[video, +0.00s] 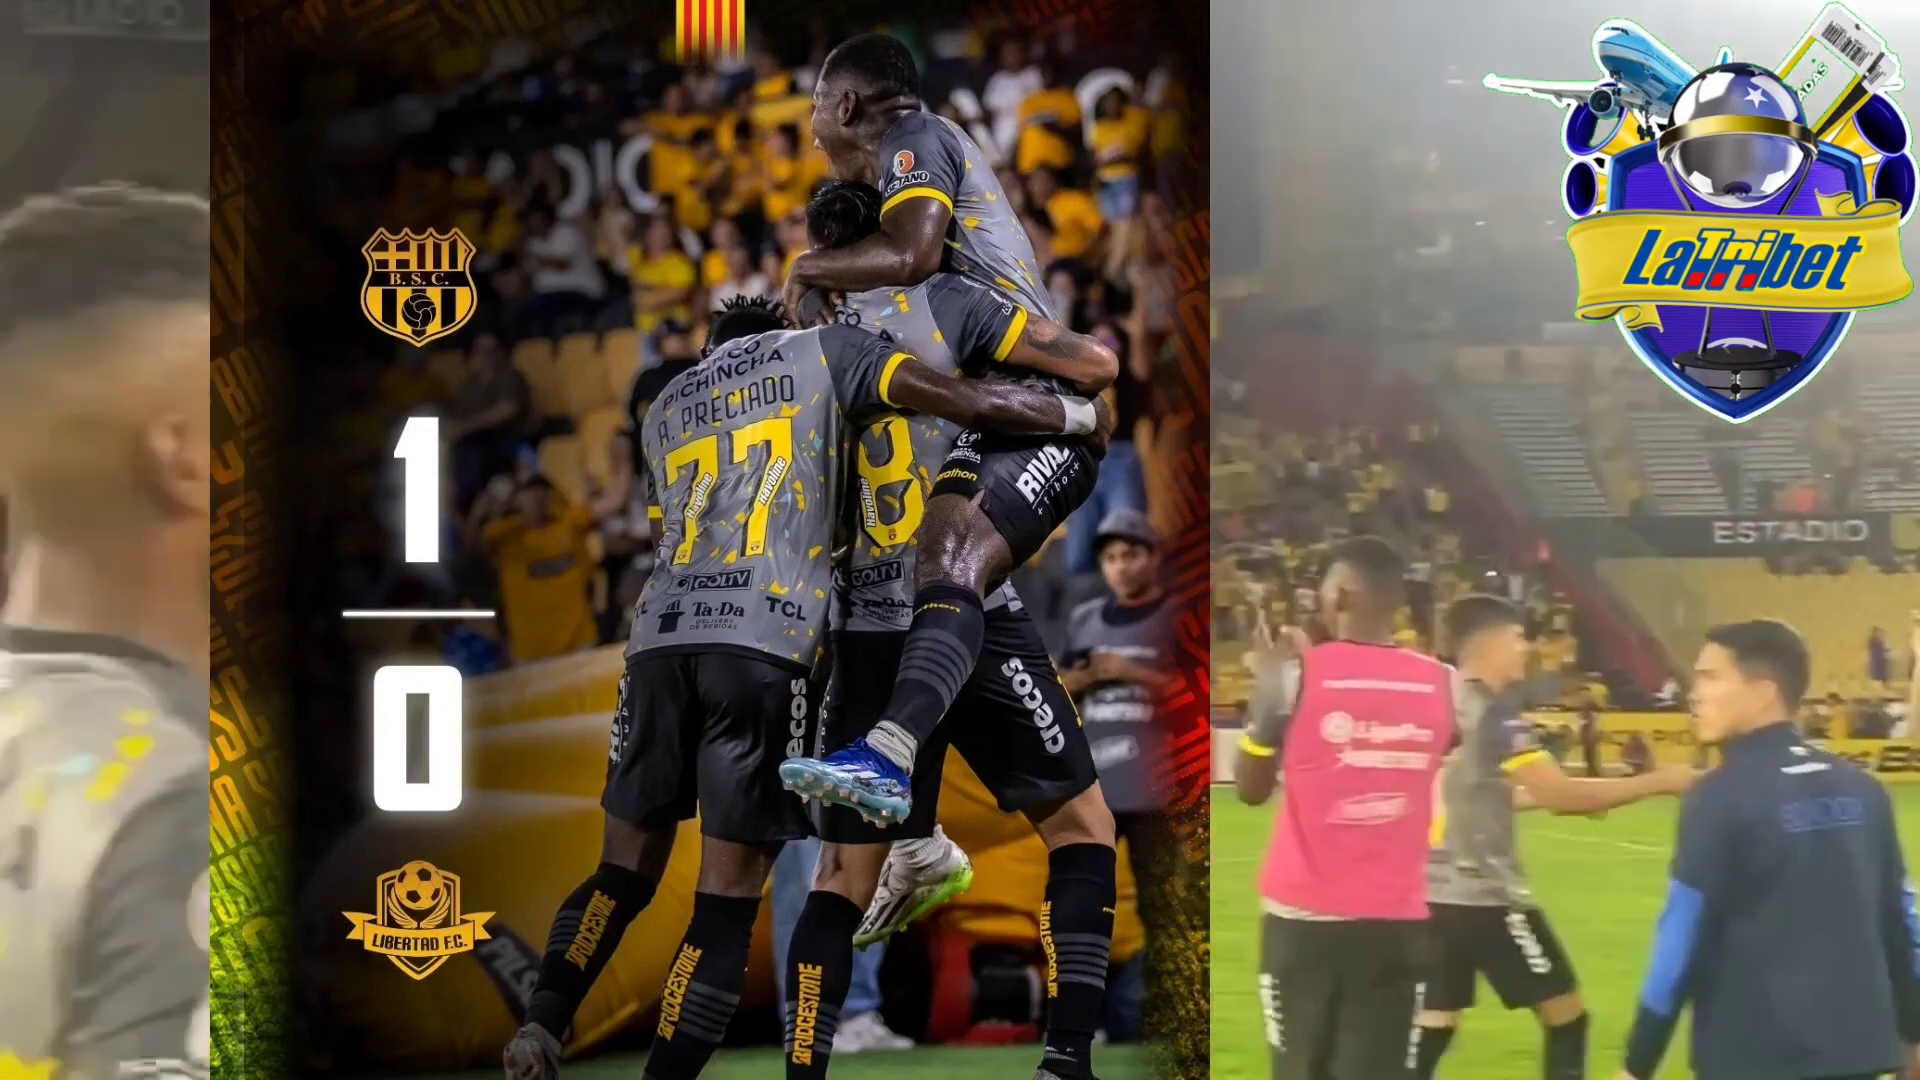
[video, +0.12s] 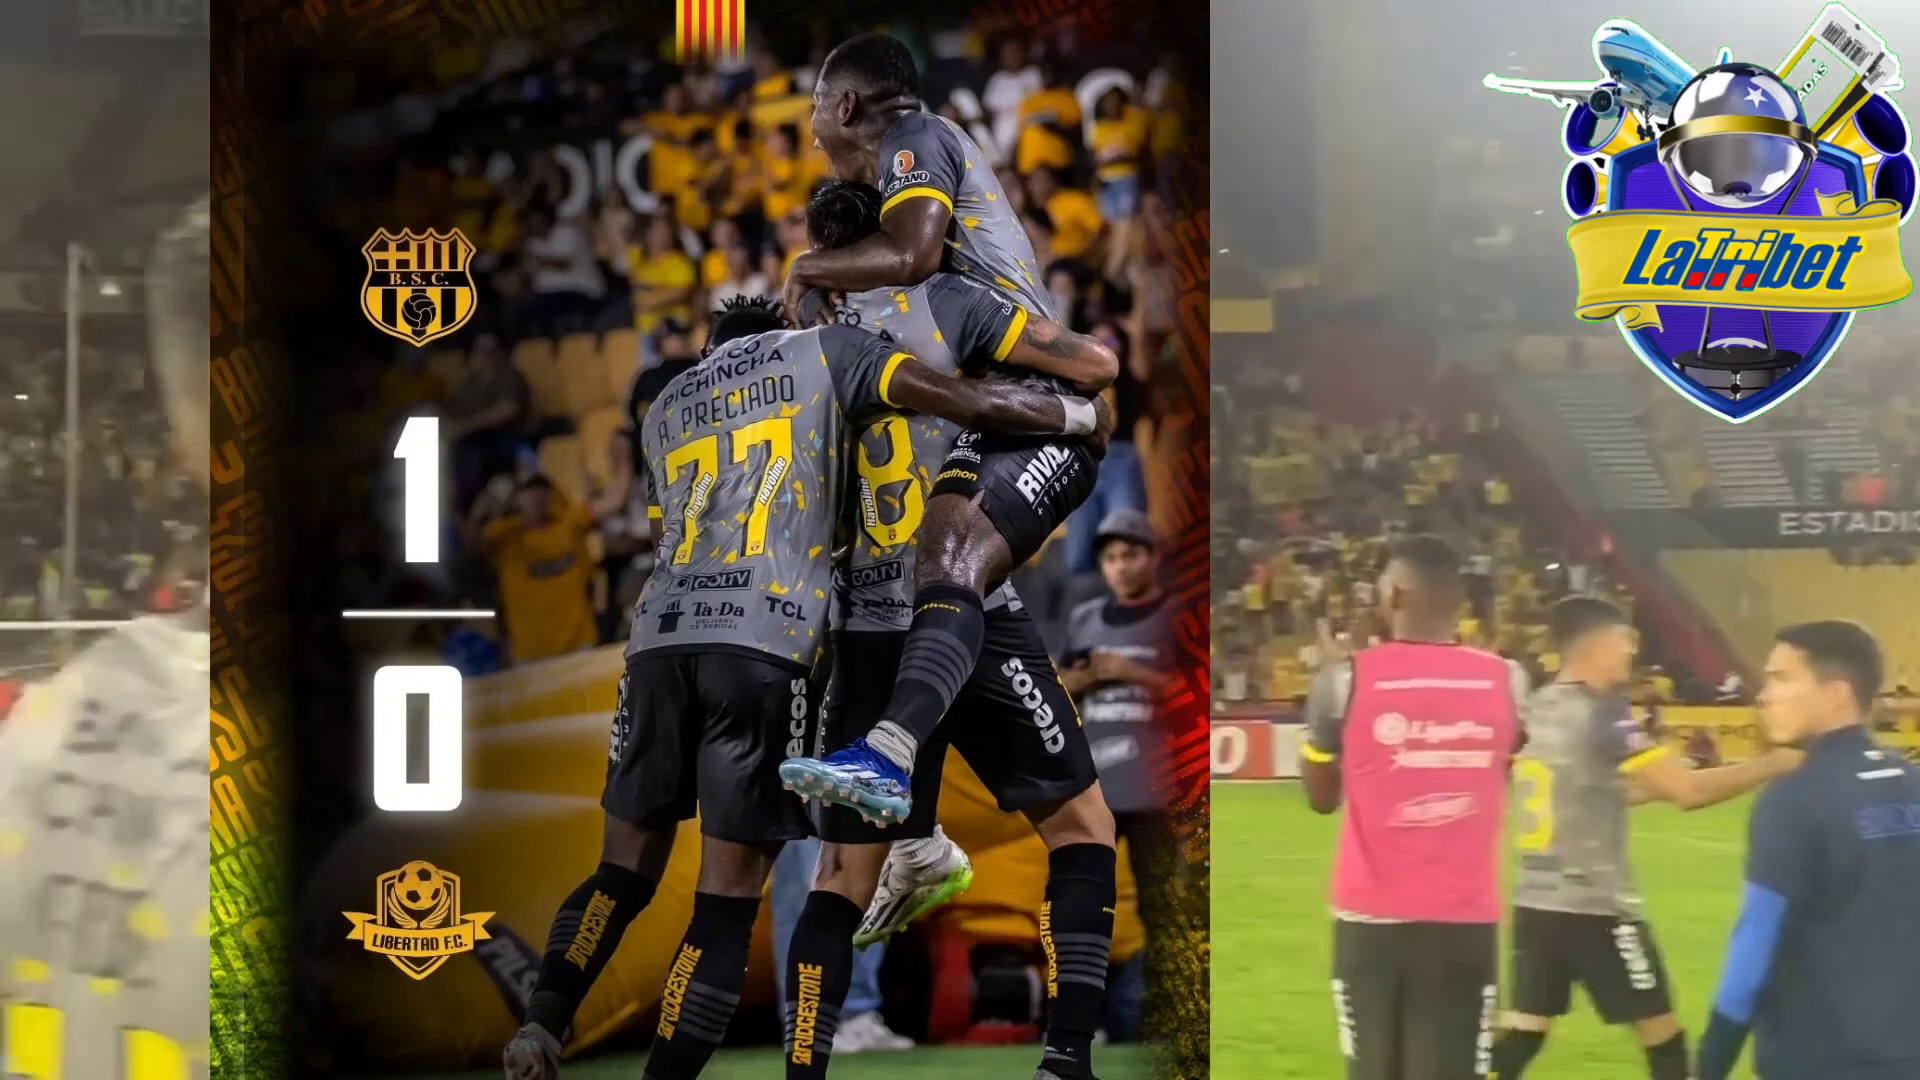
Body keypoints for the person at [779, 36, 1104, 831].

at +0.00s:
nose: (817, 132)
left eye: (821, 112)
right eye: (815, 114)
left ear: (856, 101)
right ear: (878, 103)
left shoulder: (914, 132)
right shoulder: (908, 151)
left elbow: (914, 249)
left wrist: (807, 265)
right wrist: (813, 297)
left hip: (1043, 400)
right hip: (982, 397)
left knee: (953, 554)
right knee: (901, 565)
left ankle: (888, 757)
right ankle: (916, 836)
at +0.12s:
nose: (817, 131)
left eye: (821, 111)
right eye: (815, 114)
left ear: (855, 102)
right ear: (880, 102)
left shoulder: (914, 134)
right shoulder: (913, 151)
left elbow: (914, 249)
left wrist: (806, 265)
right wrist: (819, 294)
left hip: (1042, 400)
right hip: (983, 398)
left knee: (953, 554)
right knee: (899, 565)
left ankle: (888, 757)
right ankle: (916, 836)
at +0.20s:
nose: (815, 126)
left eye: (821, 107)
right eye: (814, 109)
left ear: (855, 101)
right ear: (880, 103)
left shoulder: (915, 134)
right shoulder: (903, 162)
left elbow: (914, 250)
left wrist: (807, 265)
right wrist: (817, 296)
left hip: (1043, 399)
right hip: (982, 396)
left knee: (954, 554)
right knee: (895, 566)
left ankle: (888, 757)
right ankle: (916, 836)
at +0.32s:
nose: (814, 128)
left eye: (821, 109)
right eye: (814, 110)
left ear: (856, 103)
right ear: (880, 105)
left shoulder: (915, 135)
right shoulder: (896, 164)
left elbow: (914, 251)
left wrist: (806, 264)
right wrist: (814, 294)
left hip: (1042, 400)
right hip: (978, 399)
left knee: (952, 558)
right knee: (888, 564)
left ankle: (888, 756)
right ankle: (916, 841)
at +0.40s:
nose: (816, 134)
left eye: (820, 114)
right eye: (813, 116)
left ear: (854, 104)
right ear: (879, 106)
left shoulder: (914, 135)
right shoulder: (909, 154)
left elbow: (914, 250)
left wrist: (807, 265)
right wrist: (801, 300)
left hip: (1042, 400)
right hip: (982, 398)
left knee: (952, 556)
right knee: (890, 562)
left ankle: (888, 756)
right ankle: (916, 840)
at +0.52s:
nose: (816, 131)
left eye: (822, 111)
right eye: (814, 113)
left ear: (858, 101)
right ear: (877, 103)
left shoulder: (914, 132)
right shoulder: (898, 160)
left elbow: (914, 251)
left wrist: (808, 265)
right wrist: (809, 296)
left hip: (1042, 406)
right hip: (980, 403)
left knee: (953, 557)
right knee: (898, 565)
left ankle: (888, 757)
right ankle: (916, 836)